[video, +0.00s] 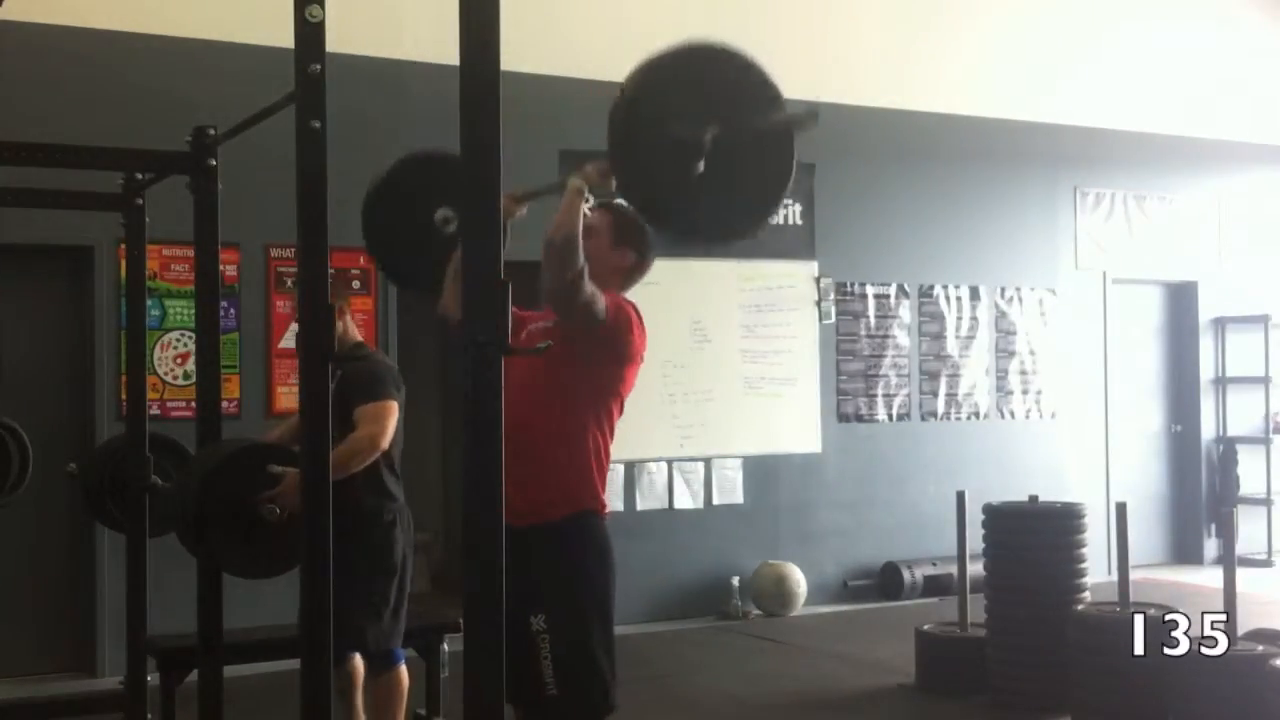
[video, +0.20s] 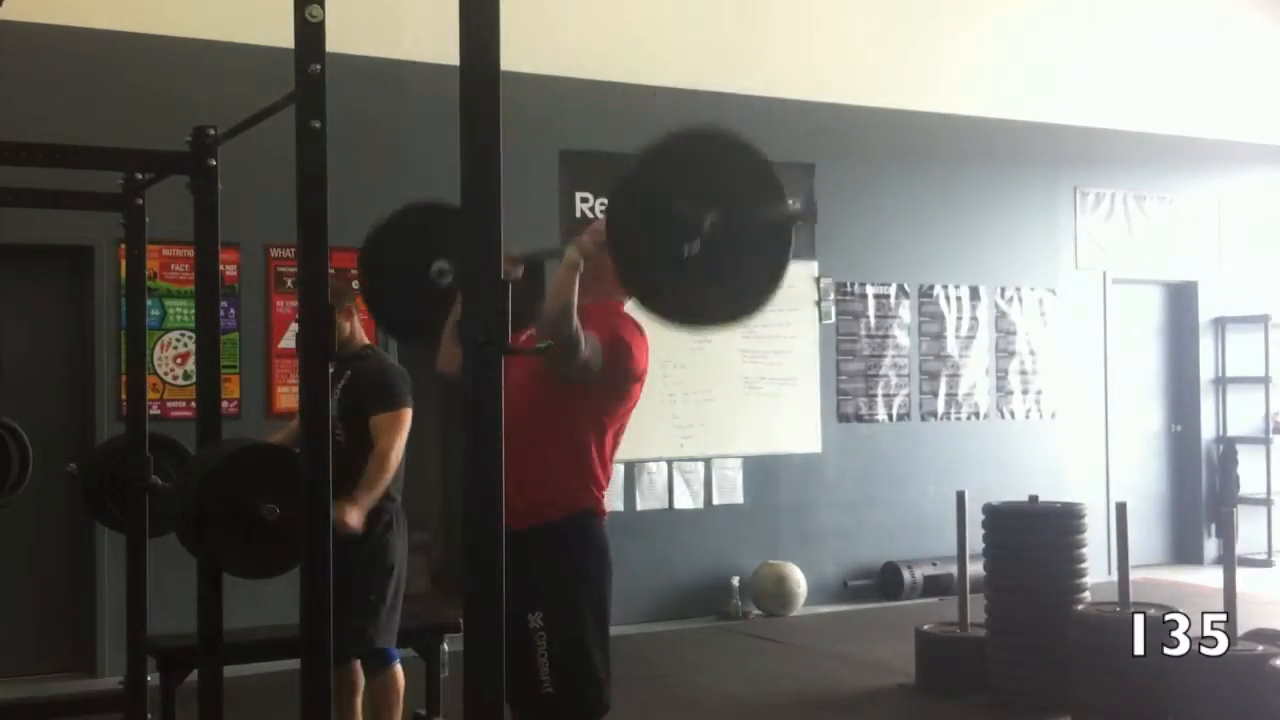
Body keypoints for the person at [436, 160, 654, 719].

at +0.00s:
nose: (573, 239)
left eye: (591, 232)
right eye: (575, 231)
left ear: (624, 260)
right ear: (563, 251)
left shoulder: (618, 326)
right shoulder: (530, 323)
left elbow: (562, 282)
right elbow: (456, 308)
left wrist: (576, 186)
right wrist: (488, 225)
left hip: (568, 527)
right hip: (503, 524)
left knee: (583, 686)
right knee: (508, 679)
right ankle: (535, 709)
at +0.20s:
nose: (577, 253)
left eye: (595, 245)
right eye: (578, 244)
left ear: (619, 268)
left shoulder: (623, 339)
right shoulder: (534, 335)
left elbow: (562, 350)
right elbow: (450, 361)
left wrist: (569, 264)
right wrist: (477, 282)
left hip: (565, 533)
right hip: (504, 530)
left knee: (573, 689)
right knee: (505, 683)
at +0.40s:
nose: (565, 245)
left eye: (581, 238)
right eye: (568, 236)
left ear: (615, 258)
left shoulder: (619, 337)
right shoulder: (534, 333)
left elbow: (561, 419)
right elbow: (470, 422)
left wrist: (569, 322)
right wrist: (462, 335)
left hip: (563, 530)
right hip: (502, 529)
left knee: (576, 684)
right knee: (506, 683)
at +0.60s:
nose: (542, 247)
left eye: (559, 239)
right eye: (547, 238)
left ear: (602, 255)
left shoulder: (603, 339)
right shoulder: (528, 337)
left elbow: (543, 430)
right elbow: (468, 430)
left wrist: (564, 334)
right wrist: (453, 341)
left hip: (556, 543)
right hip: (503, 542)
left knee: (564, 699)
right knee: (500, 697)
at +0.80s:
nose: (529, 249)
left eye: (547, 240)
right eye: (528, 238)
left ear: (587, 256)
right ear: (524, 244)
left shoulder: (589, 333)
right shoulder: (516, 327)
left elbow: (528, 428)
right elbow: (460, 427)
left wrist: (542, 336)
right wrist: (457, 336)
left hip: (548, 529)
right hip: (497, 525)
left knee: (545, 679)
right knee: (492, 675)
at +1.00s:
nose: (517, 253)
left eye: (534, 244)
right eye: (513, 241)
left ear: (569, 258)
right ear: (505, 246)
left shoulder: (573, 328)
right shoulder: (490, 320)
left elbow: (522, 432)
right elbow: (438, 428)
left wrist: (519, 347)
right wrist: (444, 342)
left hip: (530, 529)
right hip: (473, 527)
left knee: (523, 685)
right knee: (476, 679)